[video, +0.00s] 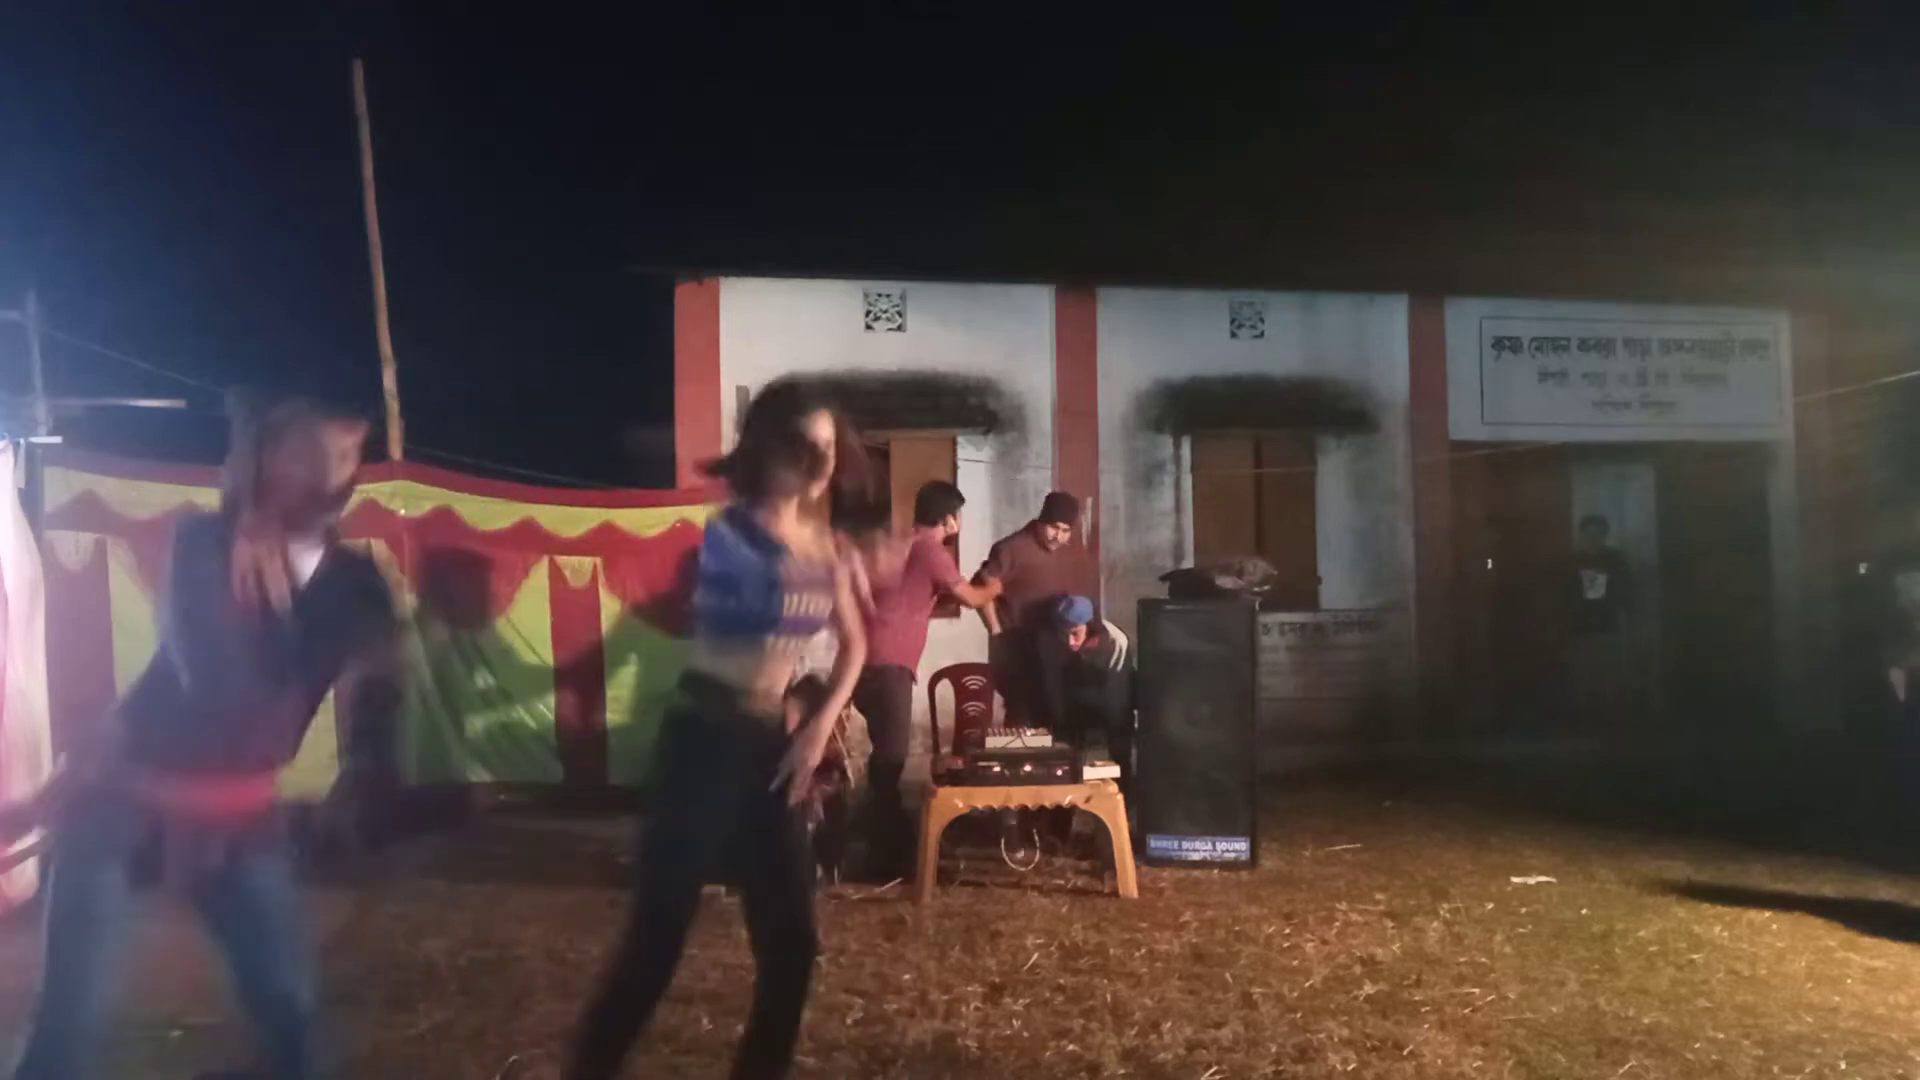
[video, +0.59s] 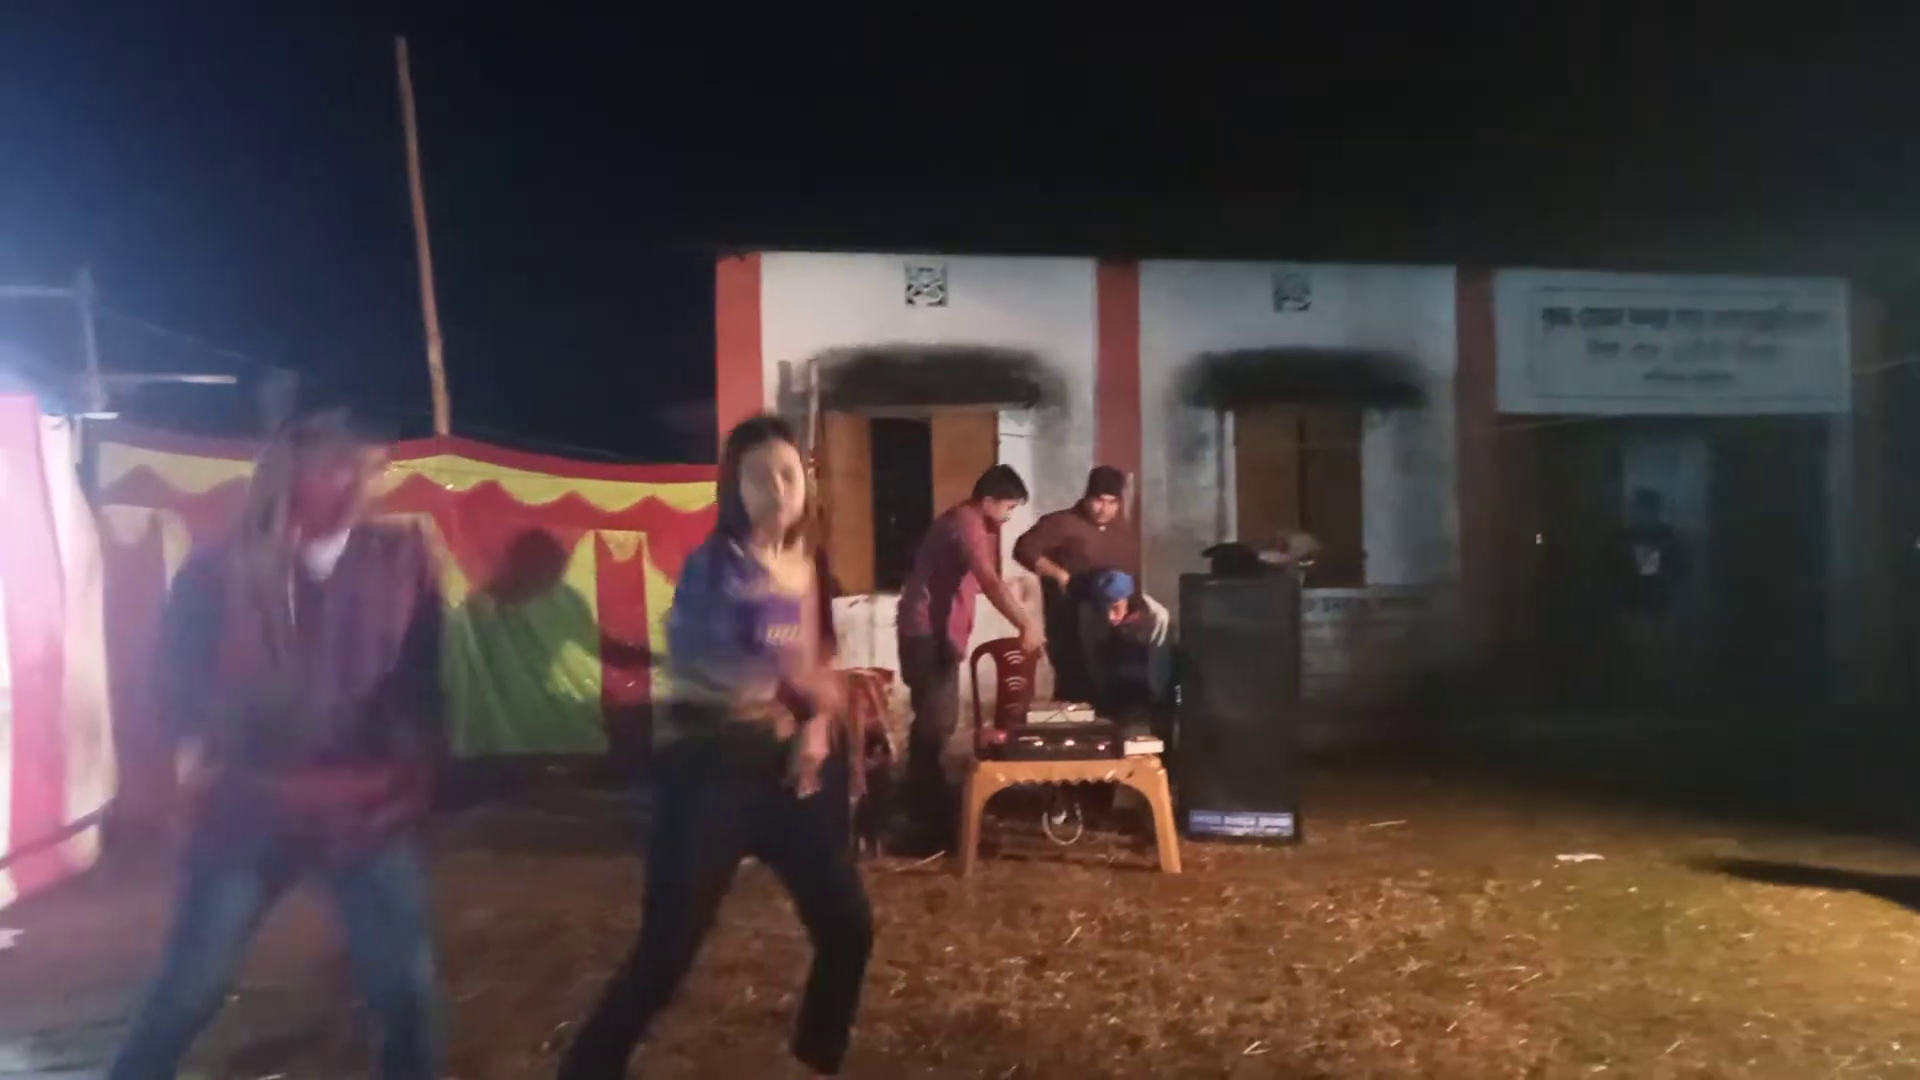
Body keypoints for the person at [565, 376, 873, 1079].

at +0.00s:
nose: (816, 458)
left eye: (828, 446)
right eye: (801, 442)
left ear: (839, 458)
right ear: (764, 444)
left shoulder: (832, 550)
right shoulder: (731, 530)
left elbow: (854, 647)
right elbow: (719, 616)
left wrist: (817, 734)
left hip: (775, 745)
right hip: (704, 734)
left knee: (791, 946)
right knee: (657, 933)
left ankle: (760, 1068)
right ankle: (589, 1066)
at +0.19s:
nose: (811, 508)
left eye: (816, 494)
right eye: (796, 494)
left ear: (820, 501)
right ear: (760, 499)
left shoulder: (780, 584)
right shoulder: (721, 570)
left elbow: (784, 687)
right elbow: (783, 670)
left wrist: (780, 748)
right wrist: (807, 710)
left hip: (737, 771)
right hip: (677, 769)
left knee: (797, 947)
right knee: (632, 964)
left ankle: (776, 1069)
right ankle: (548, 1070)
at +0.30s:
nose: (798, 479)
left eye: (807, 466)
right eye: (782, 464)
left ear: (816, 475)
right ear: (747, 469)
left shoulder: (775, 546)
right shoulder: (737, 530)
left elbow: (760, 651)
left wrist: (771, 716)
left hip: (717, 744)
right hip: (659, 742)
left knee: (773, 932)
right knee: (616, 940)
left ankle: (772, 1069)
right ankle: (546, 1067)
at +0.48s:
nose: (788, 493)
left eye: (797, 479)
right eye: (770, 481)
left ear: (809, 488)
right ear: (740, 491)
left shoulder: (774, 569)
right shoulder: (731, 557)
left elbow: (776, 686)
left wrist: (766, 773)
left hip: (719, 763)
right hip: (659, 761)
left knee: (818, 925)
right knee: (644, 972)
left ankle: (797, 1061)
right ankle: (567, 1067)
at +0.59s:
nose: (777, 491)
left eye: (788, 475)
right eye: (759, 478)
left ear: (807, 484)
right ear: (735, 489)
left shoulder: (807, 570)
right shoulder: (709, 567)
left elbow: (812, 665)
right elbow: (692, 667)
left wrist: (819, 724)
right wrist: (782, 687)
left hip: (784, 761)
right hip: (708, 761)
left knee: (847, 926)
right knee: (666, 953)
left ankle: (816, 1057)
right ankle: (585, 1068)